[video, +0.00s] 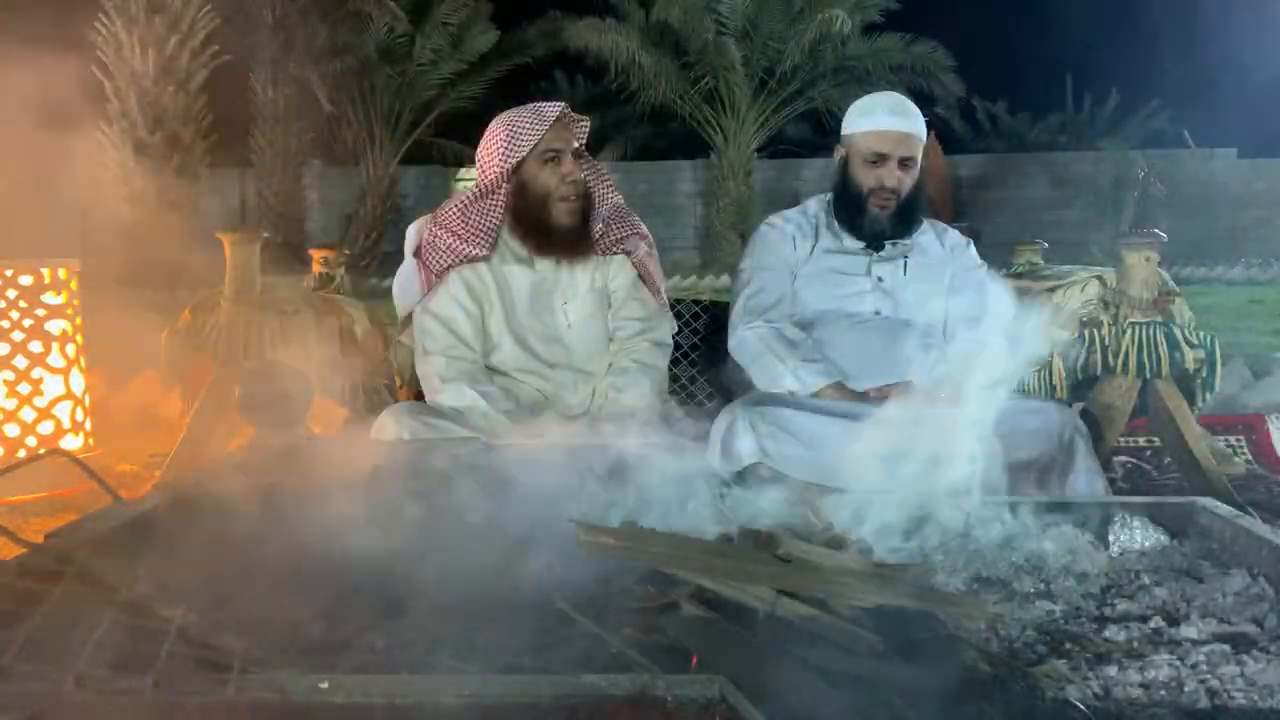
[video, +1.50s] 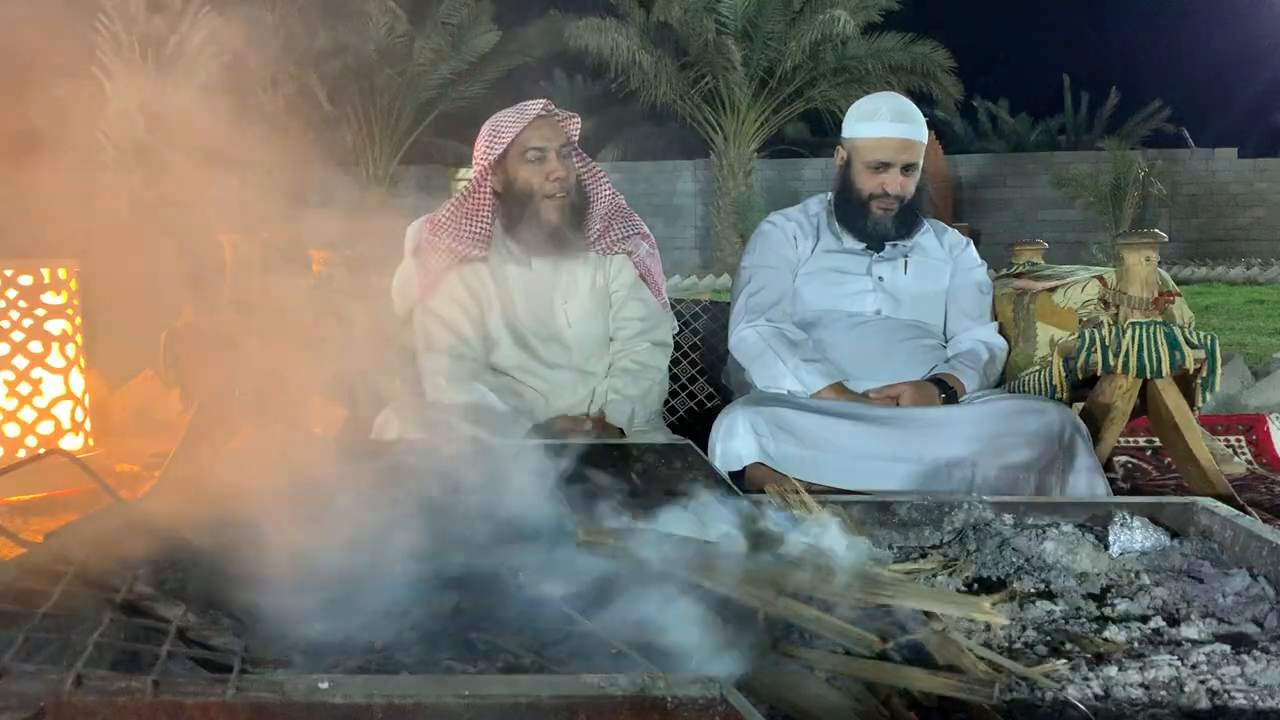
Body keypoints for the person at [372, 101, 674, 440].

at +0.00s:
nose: (575, 174)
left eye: (577, 158)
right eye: (552, 160)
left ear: (586, 166)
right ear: (507, 177)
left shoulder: (613, 260)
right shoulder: (464, 268)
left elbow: (643, 355)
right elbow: (449, 378)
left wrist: (606, 433)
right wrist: (514, 437)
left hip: (598, 428)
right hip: (499, 428)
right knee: (397, 425)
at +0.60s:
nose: (563, 172)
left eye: (569, 156)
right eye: (541, 159)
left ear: (580, 160)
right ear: (502, 174)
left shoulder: (615, 240)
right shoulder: (467, 256)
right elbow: (446, 377)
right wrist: (515, 444)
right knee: (399, 424)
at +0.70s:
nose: (561, 170)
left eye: (569, 153)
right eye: (540, 156)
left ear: (583, 163)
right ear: (502, 176)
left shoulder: (614, 265)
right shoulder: (463, 277)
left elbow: (655, 360)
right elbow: (450, 378)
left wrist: (608, 418)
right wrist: (542, 421)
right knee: (406, 417)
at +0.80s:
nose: (562, 173)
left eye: (567, 154)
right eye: (536, 159)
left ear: (580, 167)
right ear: (498, 180)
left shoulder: (616, 274)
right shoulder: (456, 284)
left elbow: (642, 390)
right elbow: (456, 401)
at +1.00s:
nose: (559, 173)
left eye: (566, 155)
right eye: (536, 158)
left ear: (578, 166)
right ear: (496, 177)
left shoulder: (615, 269)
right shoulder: (461, 277)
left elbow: (643, 369)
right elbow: (454, 374)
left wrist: (589, 429)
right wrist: (513, 435)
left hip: (591, 431)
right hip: (497, 432)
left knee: (646, 440)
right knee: (411, 412)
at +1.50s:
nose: (560, 173)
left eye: (566, 155)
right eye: (537, 158)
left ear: (577, 163)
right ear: (497, 176)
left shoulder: (610, 254)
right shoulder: (459, 265)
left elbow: (644, 346)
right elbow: (450, 384)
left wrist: (611, 421)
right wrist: (535, 434)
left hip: (618, 436)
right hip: (509, 444)